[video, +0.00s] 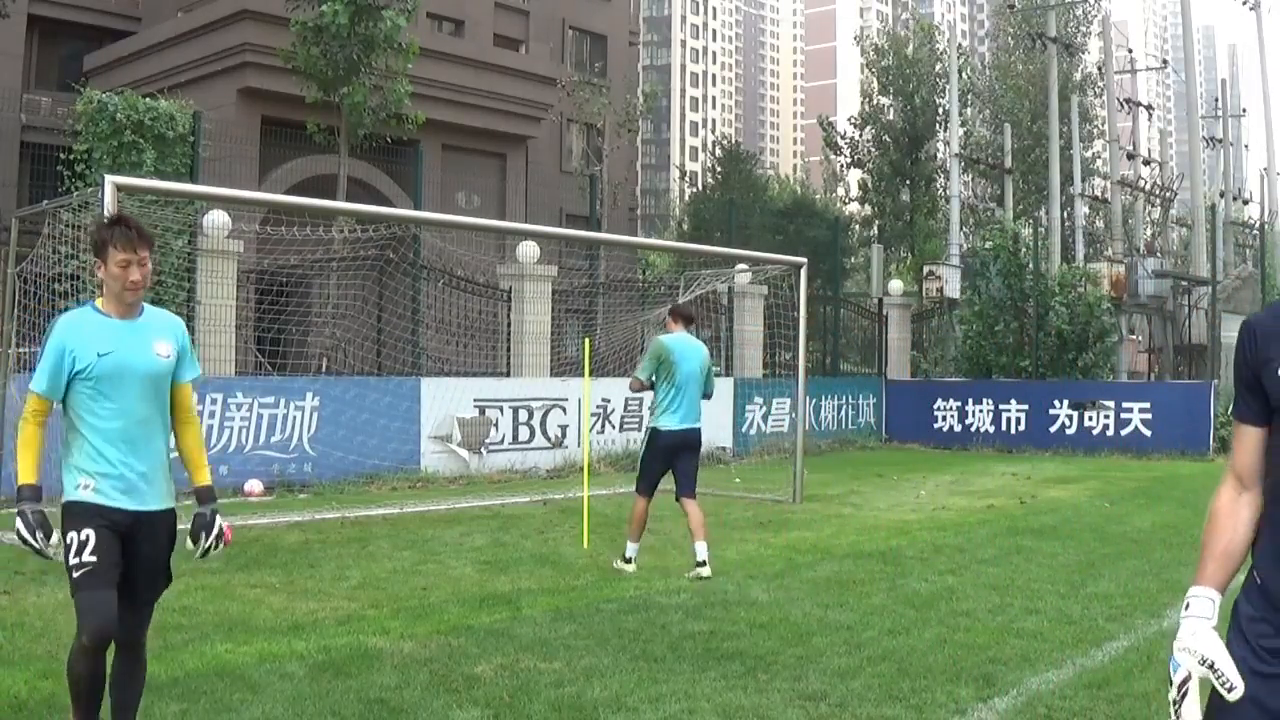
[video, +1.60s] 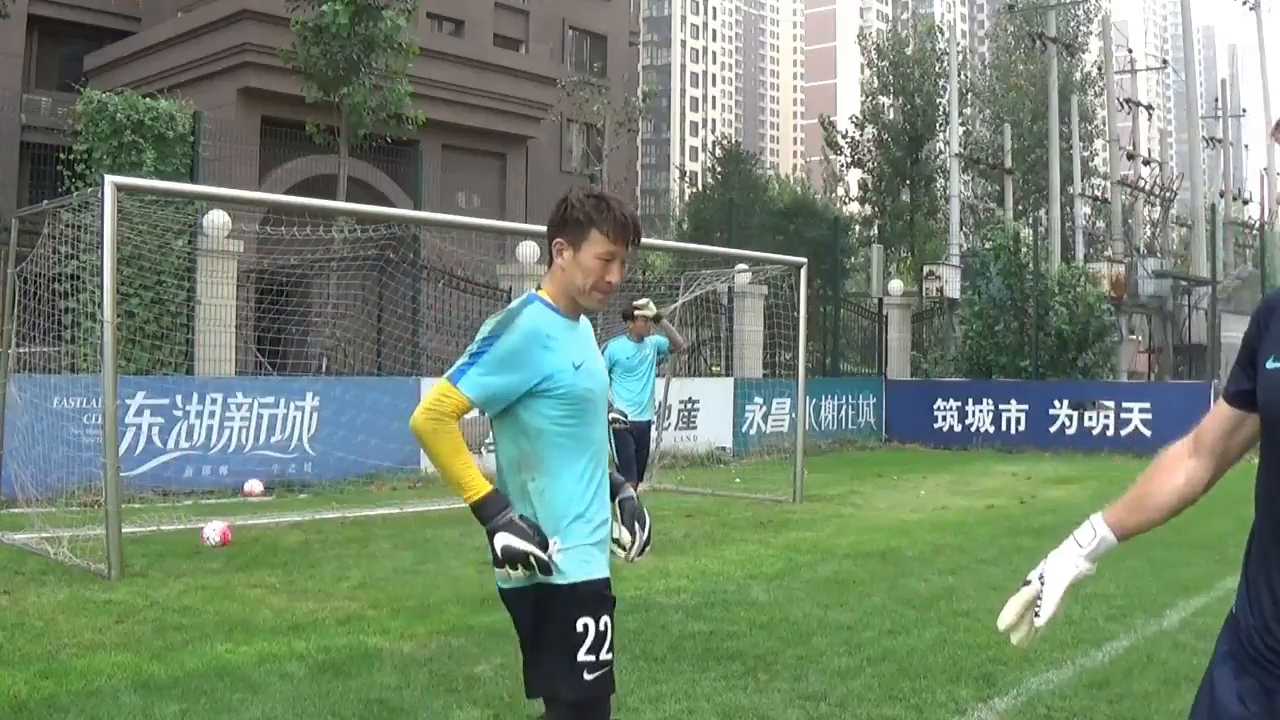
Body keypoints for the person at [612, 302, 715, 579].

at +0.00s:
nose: (665, 326)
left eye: (666, 322)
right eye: (667, 322)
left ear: (671, 321)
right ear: (690, 323)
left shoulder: (661, 343)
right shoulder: (703, 349)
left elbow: (636, 384)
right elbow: (707, 392)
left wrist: (658, 382)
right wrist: (680, 382)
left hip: (663, 434)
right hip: (692, 434)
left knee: (643, 495)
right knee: (688, 497)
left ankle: (629, 557)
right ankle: (702, 562)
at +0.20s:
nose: (649, 325)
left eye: (649, 321)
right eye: (655, 322)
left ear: (650, 320)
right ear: (671, 324)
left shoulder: (630, 343)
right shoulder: (682, 349)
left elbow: (613, 387)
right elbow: (697, 395)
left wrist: (630, 373)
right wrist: (671, 398)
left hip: (636, 430)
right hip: (666, 431)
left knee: (629, 491)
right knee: (661, 488)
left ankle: (628, 557)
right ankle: (673, 533)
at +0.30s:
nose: (643, 322)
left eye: (644, 319)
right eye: (648, 320)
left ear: (646, 320)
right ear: (667, 326)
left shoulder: (622, 341)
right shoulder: (675, 349)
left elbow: (605, 383)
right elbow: (691, 394)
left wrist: (623, 364)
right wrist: (672, 404)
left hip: (629, 428)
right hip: (659, 429)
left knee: (627, 491)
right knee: (655, 485)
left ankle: (628, 557)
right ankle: (654, 534)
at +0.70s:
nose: (661, 343)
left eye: (662, 339)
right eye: (664, 339)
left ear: (643, 324)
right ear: (661, 333)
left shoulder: (611, 342)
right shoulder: (656, 352)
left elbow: (600, 381)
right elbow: (654, 394)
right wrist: (667, 423)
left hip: (610, 427)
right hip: (639, 429)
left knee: (611, 486)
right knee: (632, 490)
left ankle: (614, 529)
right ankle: (620, 544)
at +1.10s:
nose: (662, 345)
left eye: (665, 341)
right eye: (664, 339)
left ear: (650, 328)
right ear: (653, 329)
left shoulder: (627, 342)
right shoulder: (636, 347)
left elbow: (626, 376)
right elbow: (619, 385)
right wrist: (642, 412)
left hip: (619, 418)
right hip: (625, 420)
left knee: (625, 482)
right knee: (630, 484)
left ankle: (622, 535)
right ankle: (618, 545)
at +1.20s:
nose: (660, 341)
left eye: (662, 337)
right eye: (660, 335)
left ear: (651, 331)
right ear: (647, 328)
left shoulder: (641, 351)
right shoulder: (628, 346)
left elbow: (660, 375)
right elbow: (607, 384)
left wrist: (665, 349)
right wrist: (633, 409)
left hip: (630, 421)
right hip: (621, 421)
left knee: (633, 483)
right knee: (633, 484)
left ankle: (623, 537)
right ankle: (618, 544)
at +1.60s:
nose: (649, 325)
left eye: (650, 320)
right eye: (644, 320)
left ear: (652, 322)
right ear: (630, 323)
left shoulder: (653, 343)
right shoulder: (613, 348)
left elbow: (680, 346)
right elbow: (599, 382)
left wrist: (658, 319)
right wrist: (610, 408)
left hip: (644, 420)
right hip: (621, 420)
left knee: (636, 478)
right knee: (629, 478)